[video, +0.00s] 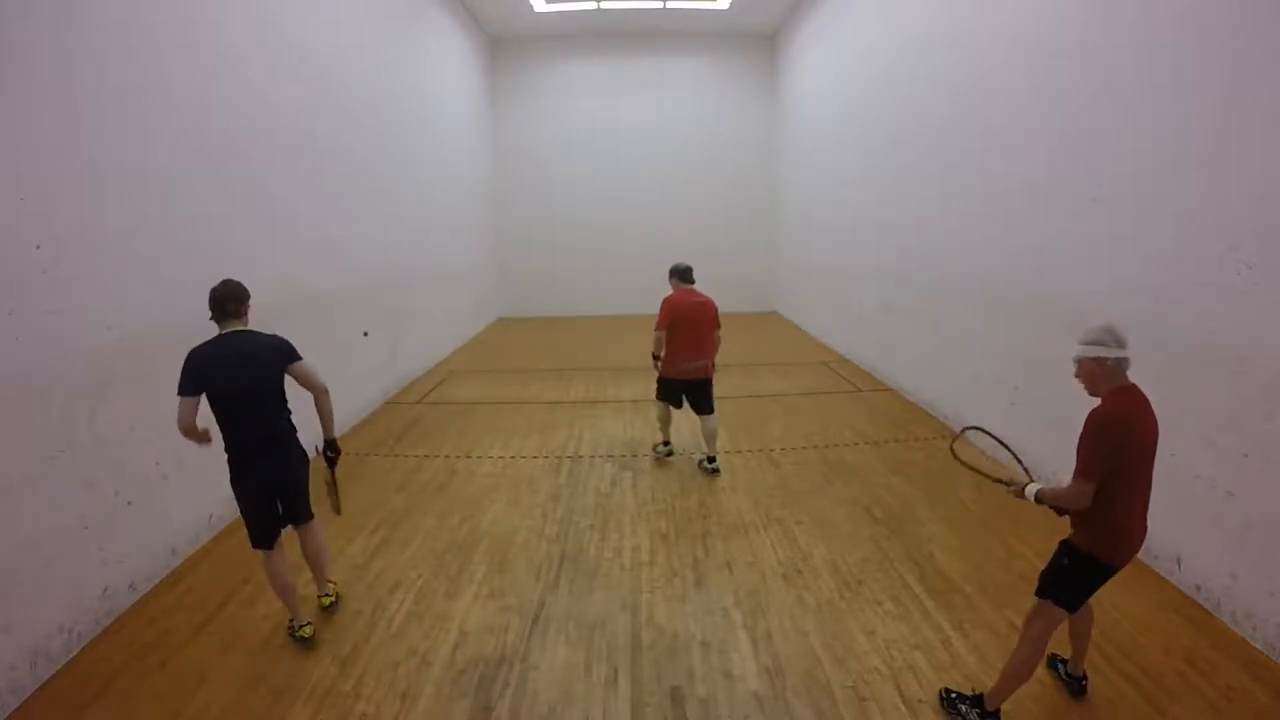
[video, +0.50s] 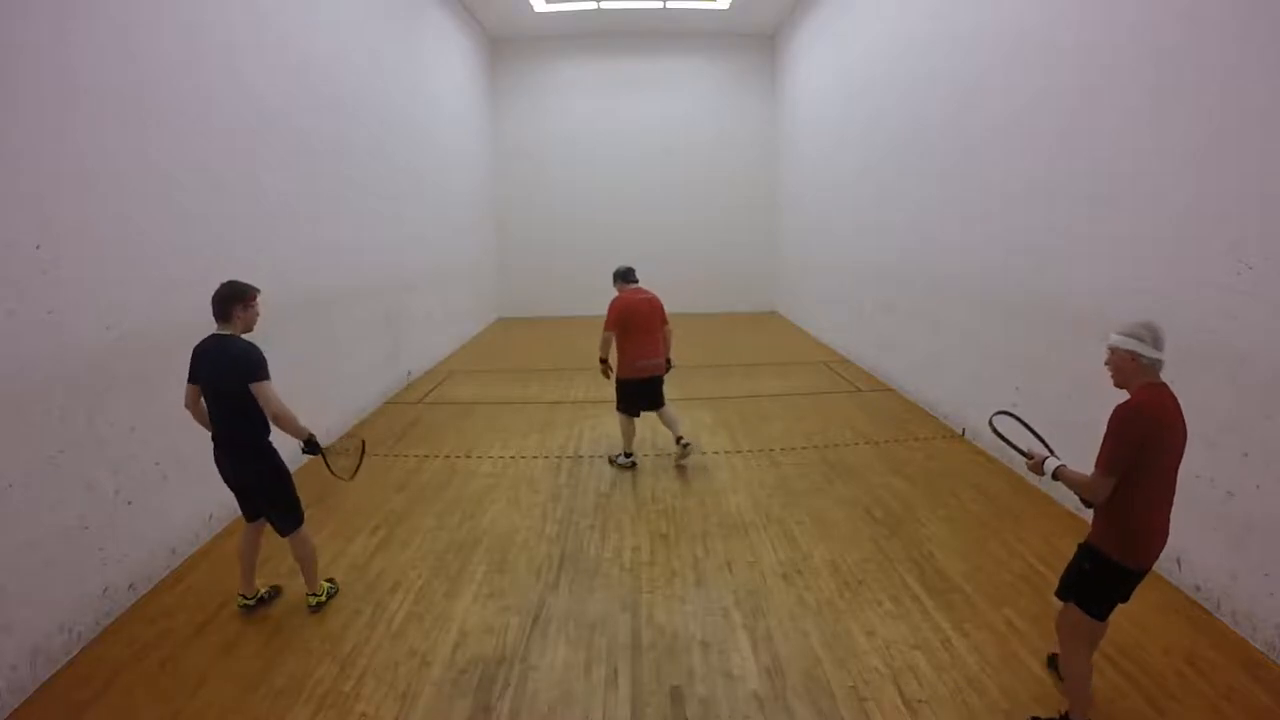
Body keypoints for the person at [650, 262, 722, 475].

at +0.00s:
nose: (670, 285)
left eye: (670, 281)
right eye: (670, 282)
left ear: (674, 280)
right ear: (692, 279)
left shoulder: (670, 302)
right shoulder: (708, 302)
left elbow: (659, 334)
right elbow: (716, 337)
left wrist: (656, 356)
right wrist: (711, 359)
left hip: (674, 370)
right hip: (702, 370)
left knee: (663, 402)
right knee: (707, 414)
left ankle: (665, 443)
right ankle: (712, 459)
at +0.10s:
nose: (662, 287)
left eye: (662, 284)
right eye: (662, 284)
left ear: (665, 282)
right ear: (683, 281)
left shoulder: (663, 304)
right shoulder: (701, 303)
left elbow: (652, 336)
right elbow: (711, 336)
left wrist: (646, 356)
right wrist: (710, 359)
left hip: (668, 372)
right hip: (698, 371)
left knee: (650, 405)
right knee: (705, 414)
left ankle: (645, 448)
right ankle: (712, 460)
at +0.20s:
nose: (650, 291)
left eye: (650, 287)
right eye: (650, 287)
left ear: (654, 285)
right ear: (671, 283)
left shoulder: (652, 306)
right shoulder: (689, 304)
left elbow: (641, 338)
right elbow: (702, 335)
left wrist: (634, 360)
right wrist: (703, 361)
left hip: (660, 375)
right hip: (690, 373)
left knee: (643, 410)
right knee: (699, 415)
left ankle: (632, 453)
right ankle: (711, 459)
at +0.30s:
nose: (638, 292)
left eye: (637, 289)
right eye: (637, 289)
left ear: (641, 286)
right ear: (657, 284)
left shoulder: (641, 307)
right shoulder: (676, 304)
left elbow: (630, 341)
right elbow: (690, 336)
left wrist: (623, 363)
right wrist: (691, 361)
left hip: (650, 376)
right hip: (679, 374)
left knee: (636, 414)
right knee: (692, 415)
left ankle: (628, 455)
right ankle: (709, 457)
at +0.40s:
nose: (625, 291)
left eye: (624, 287)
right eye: (624, 288)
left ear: (628, 285)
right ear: (644, 282)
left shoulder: (629, 305)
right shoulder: (663, 302)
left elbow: (620, 338)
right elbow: (676, 333)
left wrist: (614, 362)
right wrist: (678, 359)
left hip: (638, 373)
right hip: (667, 370)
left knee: (629, 413)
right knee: (677, 412)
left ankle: (628, 455)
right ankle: (701, 449)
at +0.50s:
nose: (616, 289)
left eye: (615, 285)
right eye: (615, 286)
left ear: (619, 283)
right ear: (635, 280)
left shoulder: (619, 302)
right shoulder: (653, 299)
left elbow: (608, 335)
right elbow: (666, 329)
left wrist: (603, 360)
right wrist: (667, 356)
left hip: (630, 369)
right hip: (656, 366)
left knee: (626, 412)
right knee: (659, 405)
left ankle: (627, 455)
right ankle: (680, 439)